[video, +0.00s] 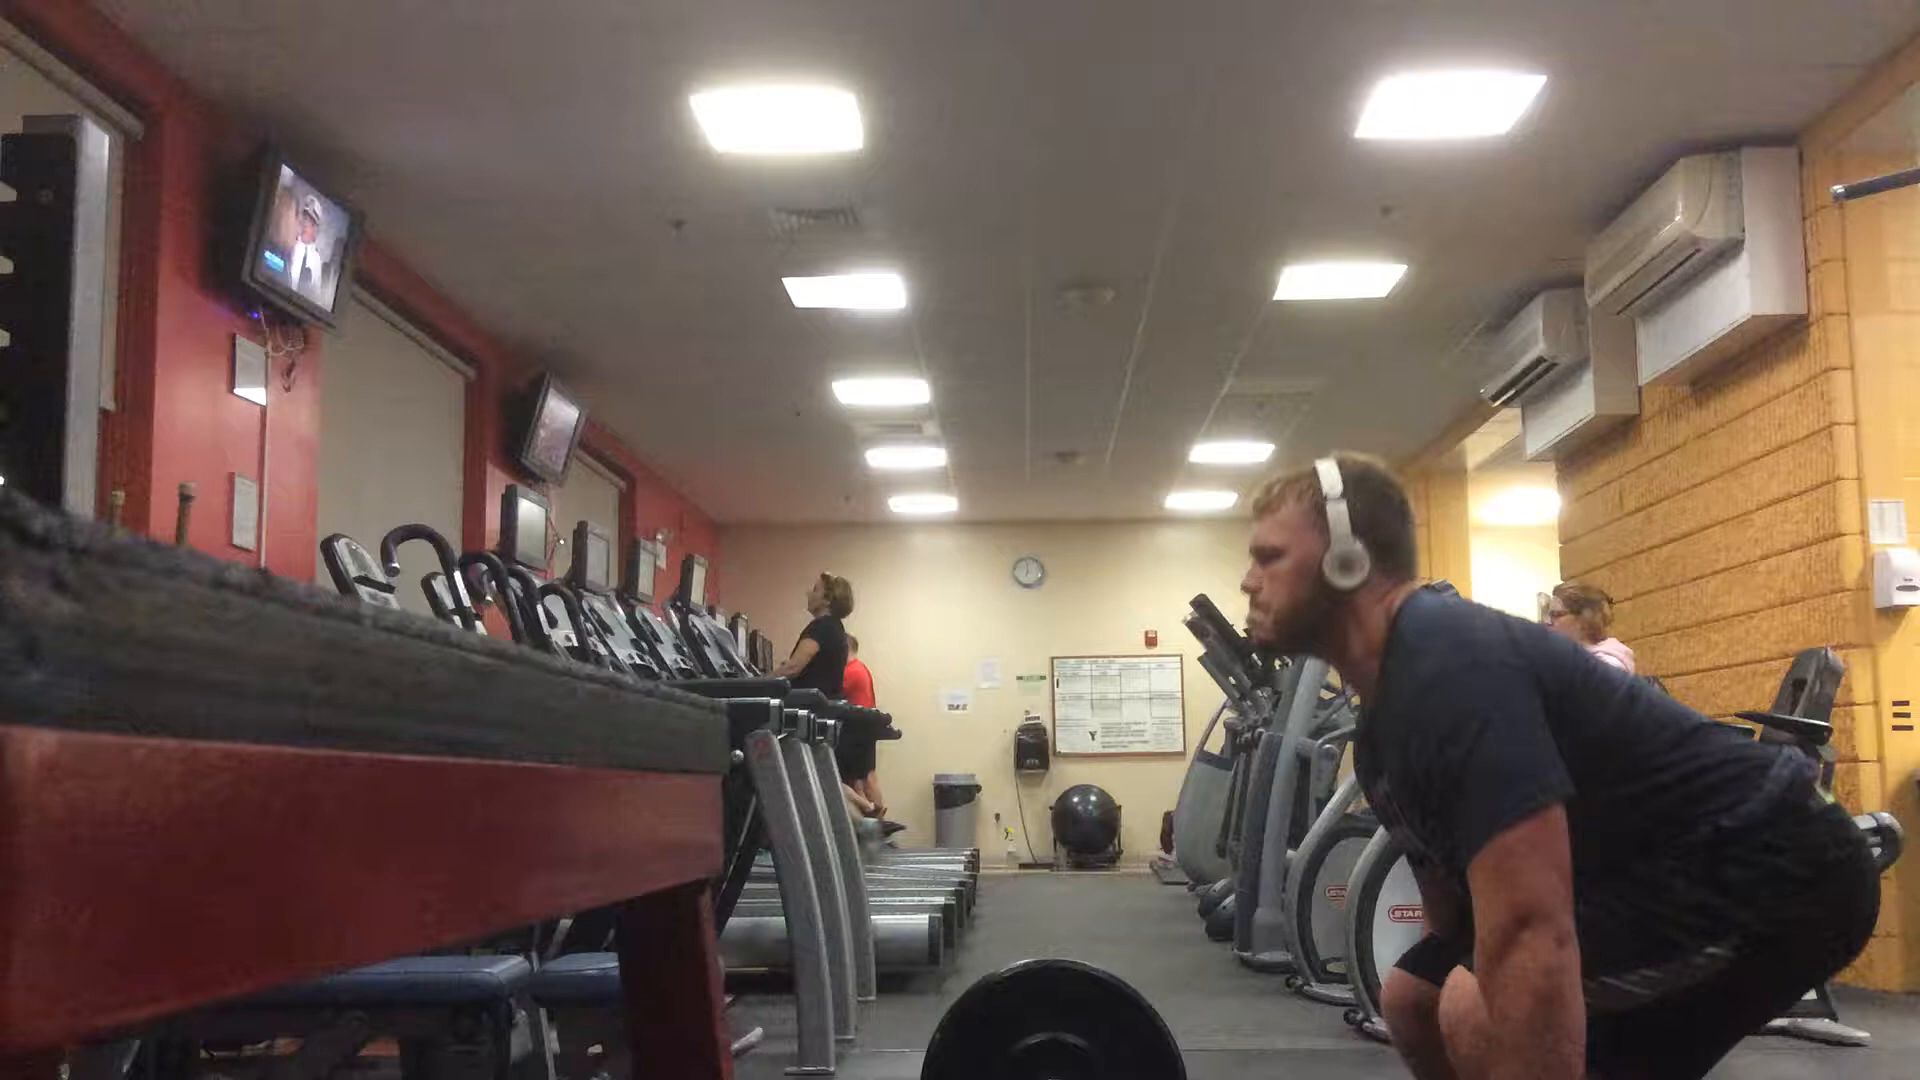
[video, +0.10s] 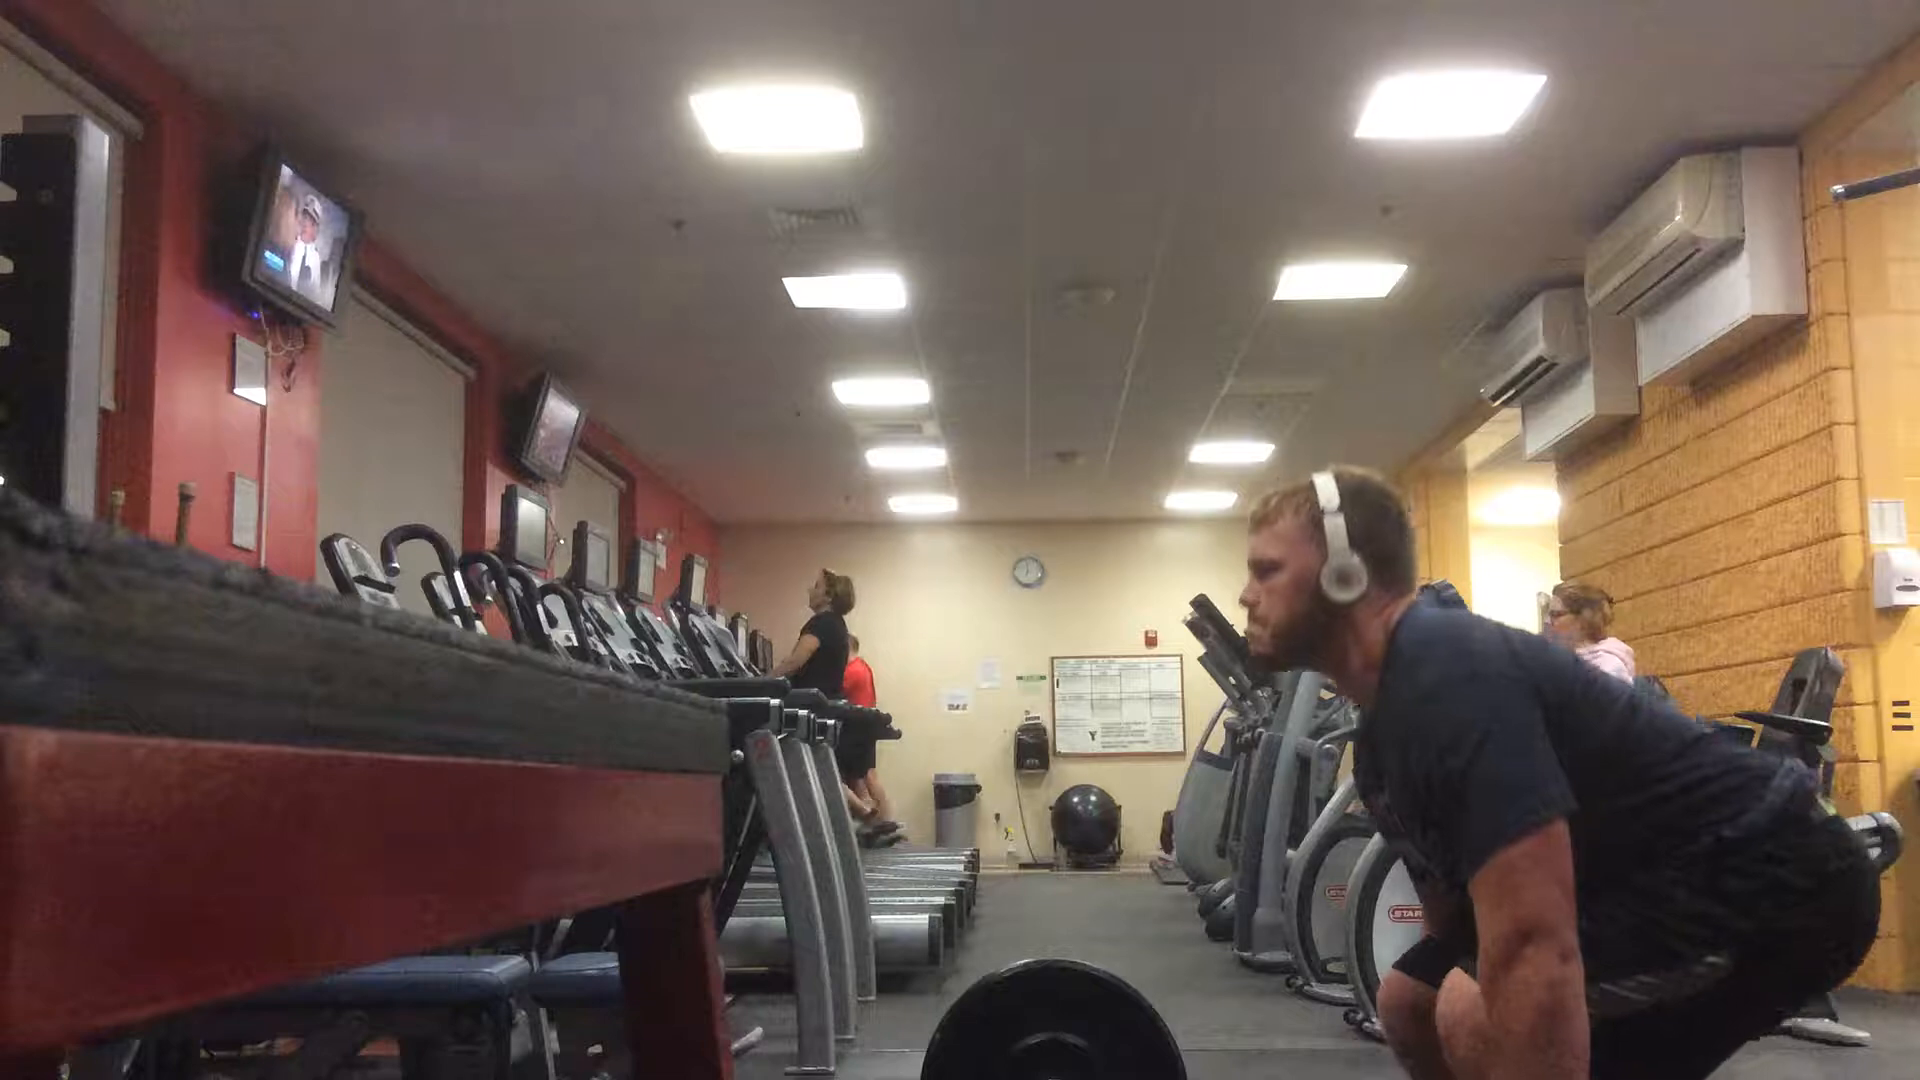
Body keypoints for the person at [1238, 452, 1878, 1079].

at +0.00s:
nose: (1246, 581)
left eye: (1269, 557)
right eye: (1251, 559)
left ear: (1348, 561)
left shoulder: (1448, 655)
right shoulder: (1388, 709)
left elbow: (1531, 944)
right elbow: (1456, 922)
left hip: (1772, 869)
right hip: (1676, 870)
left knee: (1483, 1011)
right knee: (1413, 999)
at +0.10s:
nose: (1245, 596)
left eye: (1266, 571)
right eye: (1249, 572)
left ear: (1344, 576)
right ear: (1326, 582)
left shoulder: (1446, 666)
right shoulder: (1390, 714)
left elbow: (1534, 960)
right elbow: (1462, 924)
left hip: (1774, 882)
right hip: (1676, 879)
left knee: (1481, 1012)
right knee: (1408, 1002)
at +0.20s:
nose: (1244, 612)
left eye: (1264, 588)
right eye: (1247, 589)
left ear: (1342, 590)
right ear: (1321, 597)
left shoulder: (1446, 681)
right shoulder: (1383, 735)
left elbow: (1539, 983)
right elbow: (1465, 926)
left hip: (1777, 897)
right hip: (1673, 895)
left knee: (1475, 1016)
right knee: (1403, 1004)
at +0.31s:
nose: (1246, 605)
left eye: (1268, 581)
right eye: (1251, 581)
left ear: (1347, 588)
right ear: (1327, 594)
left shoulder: (1447, 678)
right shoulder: (1389, 735)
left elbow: (1542, 977)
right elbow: (1456, 925)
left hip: (1778, 898)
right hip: (1674, 888)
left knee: (1478, 1014)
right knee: (1405, 1003)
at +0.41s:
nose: (1265, 518)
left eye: (1288, 498)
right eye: (1270, 499)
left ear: (1358, 512)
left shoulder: (1463, 630)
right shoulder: (1386, 657)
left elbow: (1536, 888)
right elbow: (1451, 867)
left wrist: (1544, 1066)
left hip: (1769, 850)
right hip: (1654, 843)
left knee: (1489, 1010)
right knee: (1417, 1000)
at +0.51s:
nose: (1291, 404)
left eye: (1313, 377)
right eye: (1299, 381)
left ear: (1385, 394)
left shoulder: (1475, 516)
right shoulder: (1396, 577)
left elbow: (1532, 765)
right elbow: (1446, 779)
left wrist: (1507, 980)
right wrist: (1437, 950)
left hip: (1741, 771)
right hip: (1639, 781)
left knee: (1533, 1026)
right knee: (1466, 1009)